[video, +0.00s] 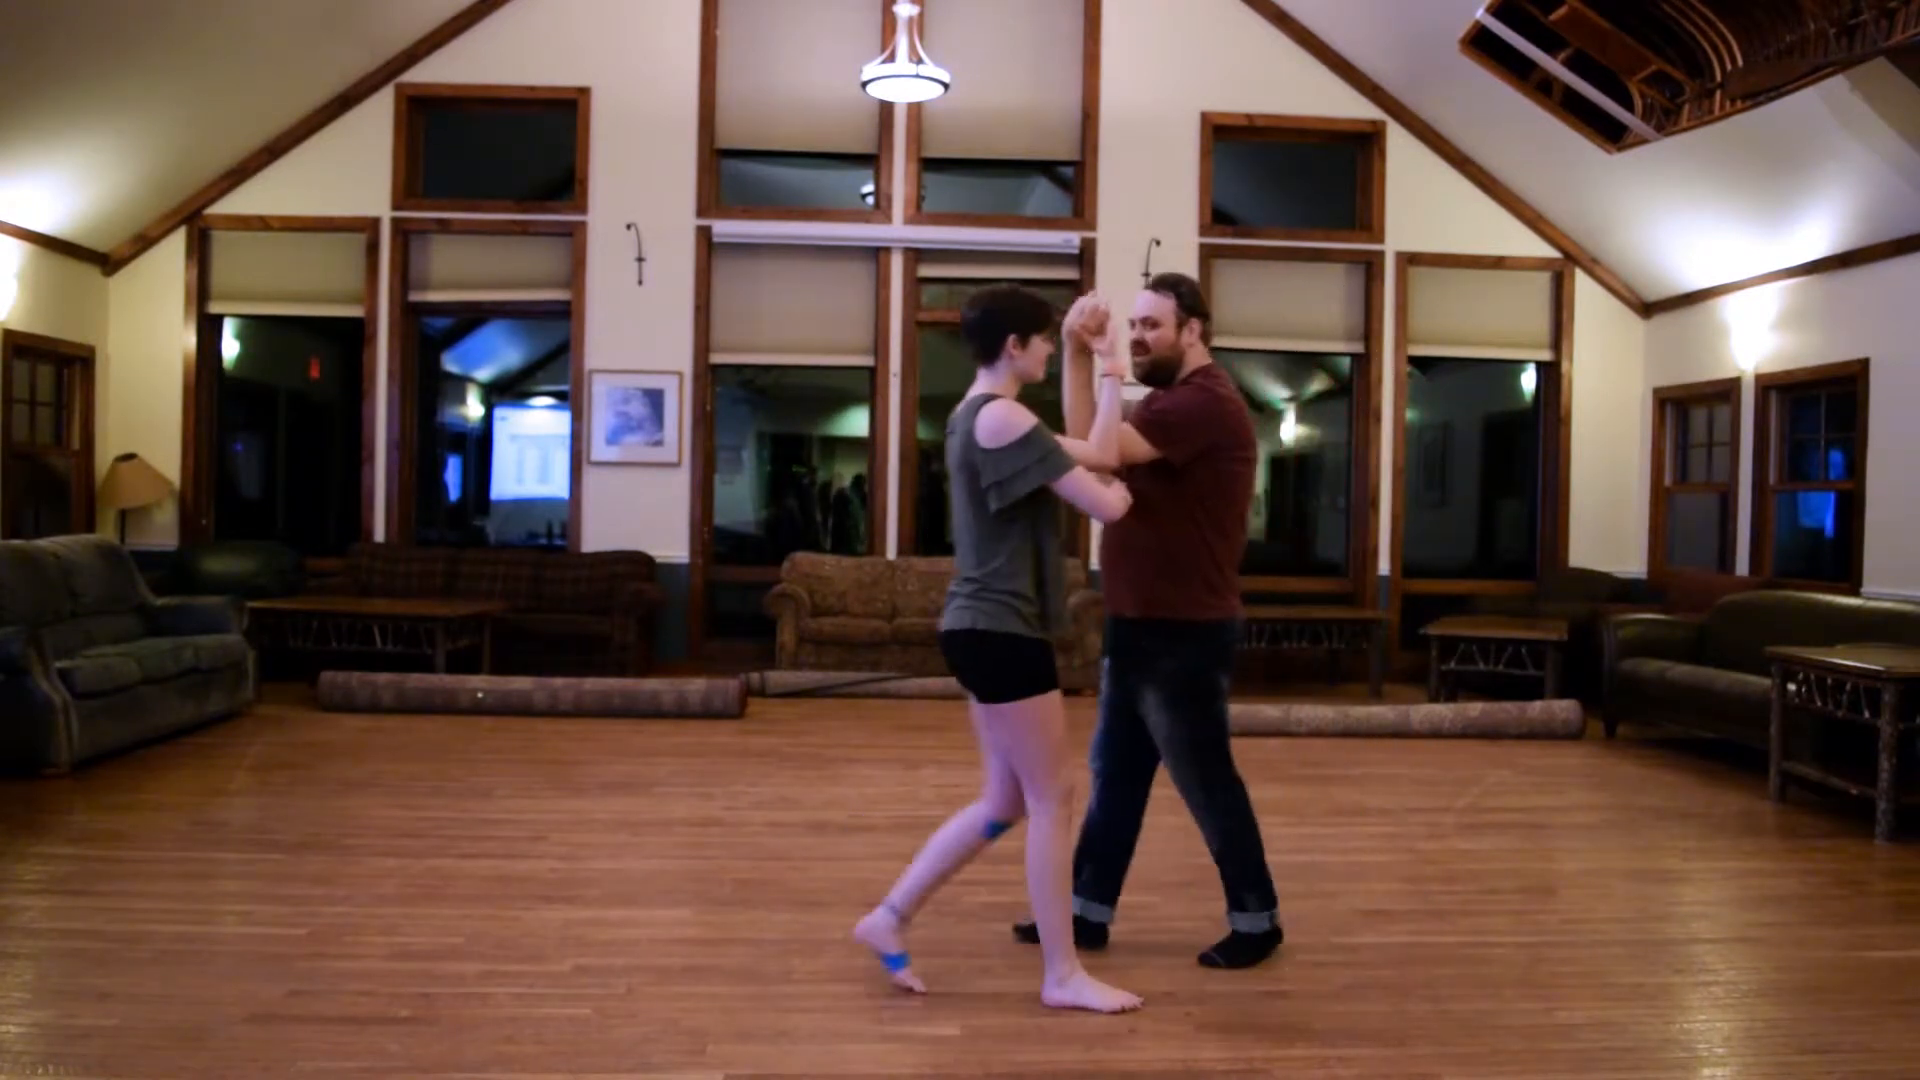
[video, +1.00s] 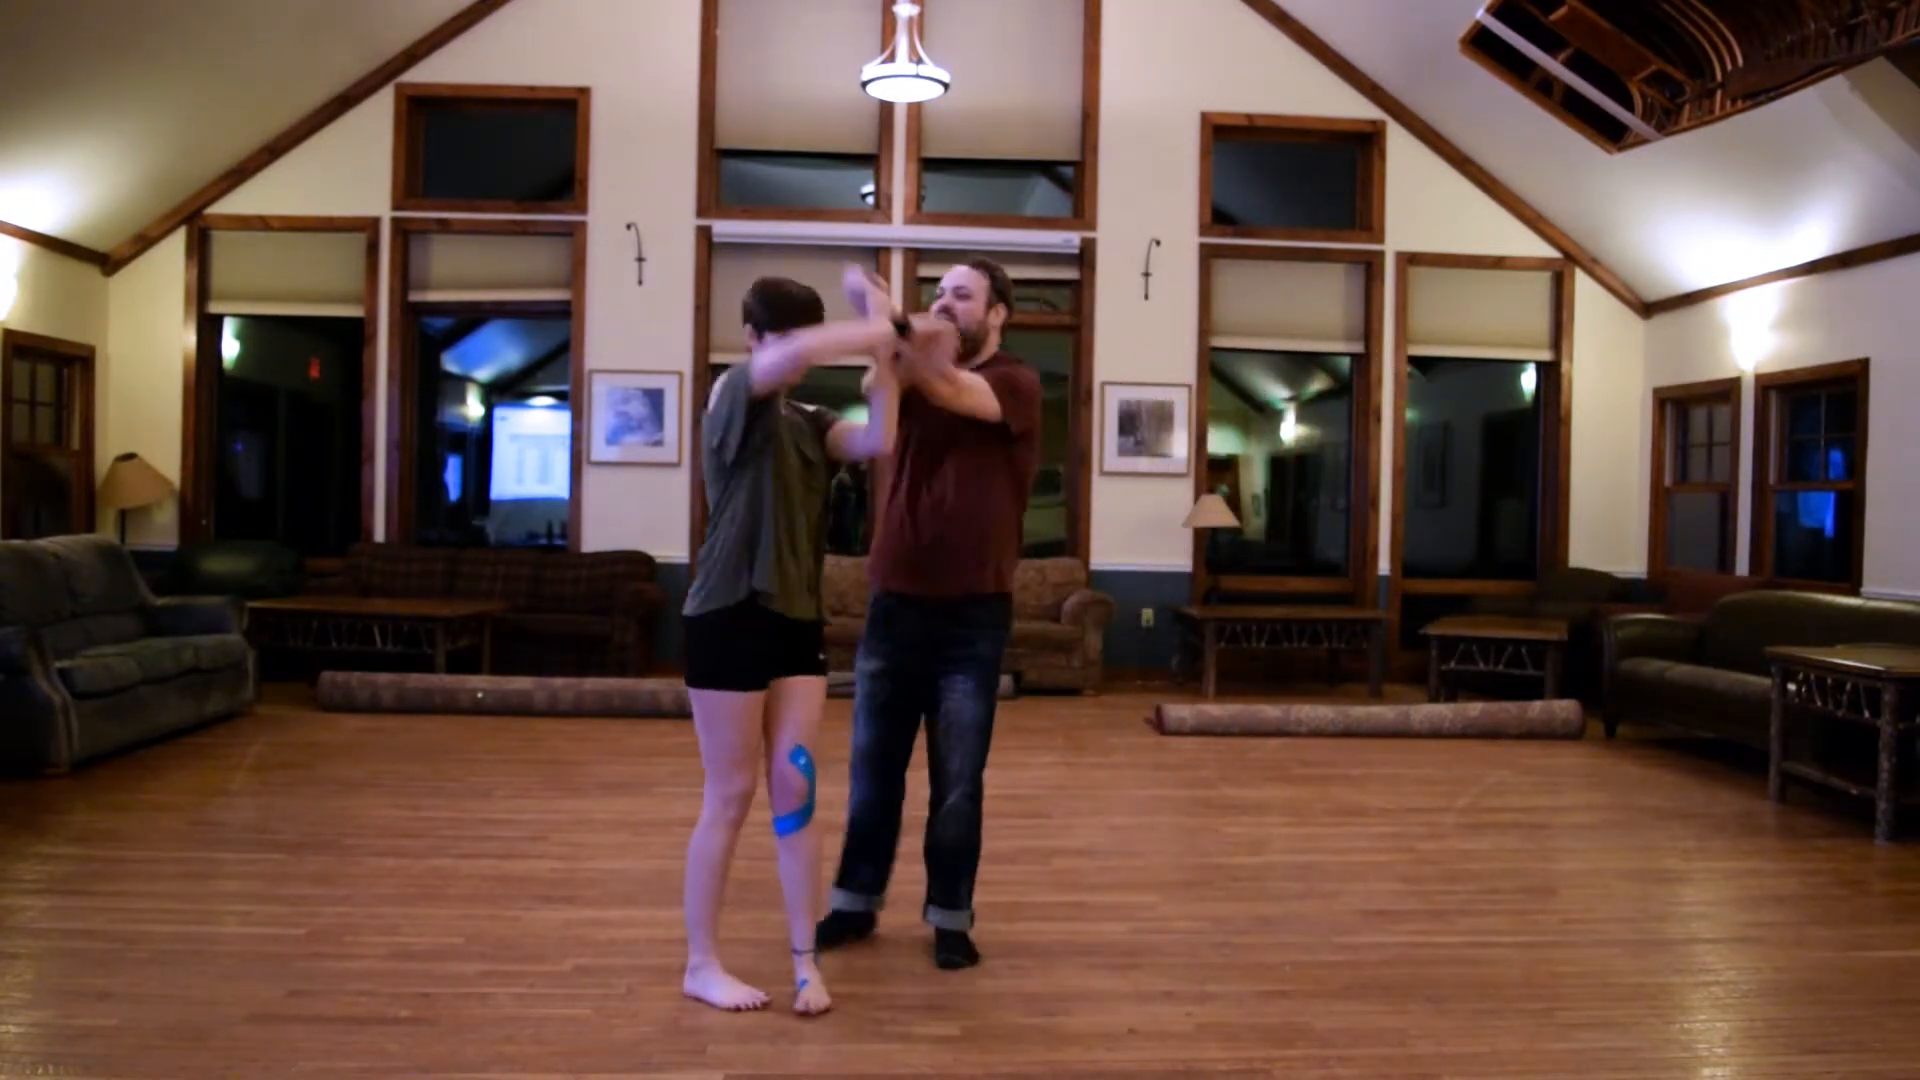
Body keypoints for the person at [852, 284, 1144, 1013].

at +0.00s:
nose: (1050, 354)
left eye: (1049, 343)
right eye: (1045, 343)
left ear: (996, 347)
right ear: (1017, 347)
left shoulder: (975, 413)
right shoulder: (1006, 421)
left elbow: (1081, 454)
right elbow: (1109, 504)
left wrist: (1109, 379)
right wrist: (1105, 466)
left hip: (976, 625)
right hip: (1005, 633)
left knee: (1001, 803)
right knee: (1054, 799)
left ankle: (888, 919)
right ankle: (1062, 975)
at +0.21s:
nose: (984, 350)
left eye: (981, 339)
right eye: (977, 339)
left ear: (927, 346)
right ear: (951, 345)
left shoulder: (917, 413)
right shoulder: (935, 420)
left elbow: (1030, 455)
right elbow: (1042, 503)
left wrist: (1056, 370)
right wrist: (1063, 487)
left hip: (896, 626)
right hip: (921, 633)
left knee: (905, 798)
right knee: (979, 793)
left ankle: (848, 956)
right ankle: (1005, 971)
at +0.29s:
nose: (958, 349)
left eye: (957, 338)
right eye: (954, 337)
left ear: (899, 342)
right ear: (929, 341)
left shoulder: (889, 409)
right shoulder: (911, 415)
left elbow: (1007, 452)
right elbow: (1019, 492)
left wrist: (1033, 371)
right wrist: (1044, 479)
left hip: (869, 620)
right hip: (891, 628)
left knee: (882, 796)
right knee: (956, 788)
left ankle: (846, 956)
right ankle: (926, 967)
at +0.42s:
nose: (920, 343)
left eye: (918, 331)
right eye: (915, 331)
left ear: (864, 337)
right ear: (891, 336)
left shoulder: (856, 402)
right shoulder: (874, 408)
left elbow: (966, 452)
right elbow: (988, 481)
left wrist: (1002, 377)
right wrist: (1016, 475)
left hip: (840, 617)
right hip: (851, 622)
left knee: (862, 796)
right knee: (897, 794)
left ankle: (846, 956)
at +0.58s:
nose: (883, 344)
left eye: (880, 332)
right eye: (876, 332)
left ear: (829, 339)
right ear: (848, 337)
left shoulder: (826, 404)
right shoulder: (831, 408)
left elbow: (911, 457)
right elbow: (959, 476)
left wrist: (970, 402)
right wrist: (996, 487)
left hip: (838, 625)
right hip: (801, 626)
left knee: (854, 788)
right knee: (805, 802)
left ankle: (843, 958)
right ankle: (712, 954)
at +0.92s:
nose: (817, 352)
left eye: (820, 339)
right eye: (806, 338)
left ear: (806, 342)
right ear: (764, 337)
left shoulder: (803, 417)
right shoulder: (746, 402)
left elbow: (873, 468)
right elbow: (846, 409)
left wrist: (908, 379)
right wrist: (922, 394)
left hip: (794, 621)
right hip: (728, 620)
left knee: (807, 787)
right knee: (728, 795)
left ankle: (816, 956)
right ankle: (701, 965)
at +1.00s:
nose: (786, 354)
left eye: (792, 343)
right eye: (779, 343)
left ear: (778, 341)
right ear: (762, 342)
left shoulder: (810, 423)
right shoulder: (730, 403)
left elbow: (876, 439)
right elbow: (787, 353)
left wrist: (886, 360)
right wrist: (882, 329)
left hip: (796, 619)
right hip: (727, 616)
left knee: (793, 788)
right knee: (729, 794)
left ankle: (805, 960)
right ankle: (701, 965)